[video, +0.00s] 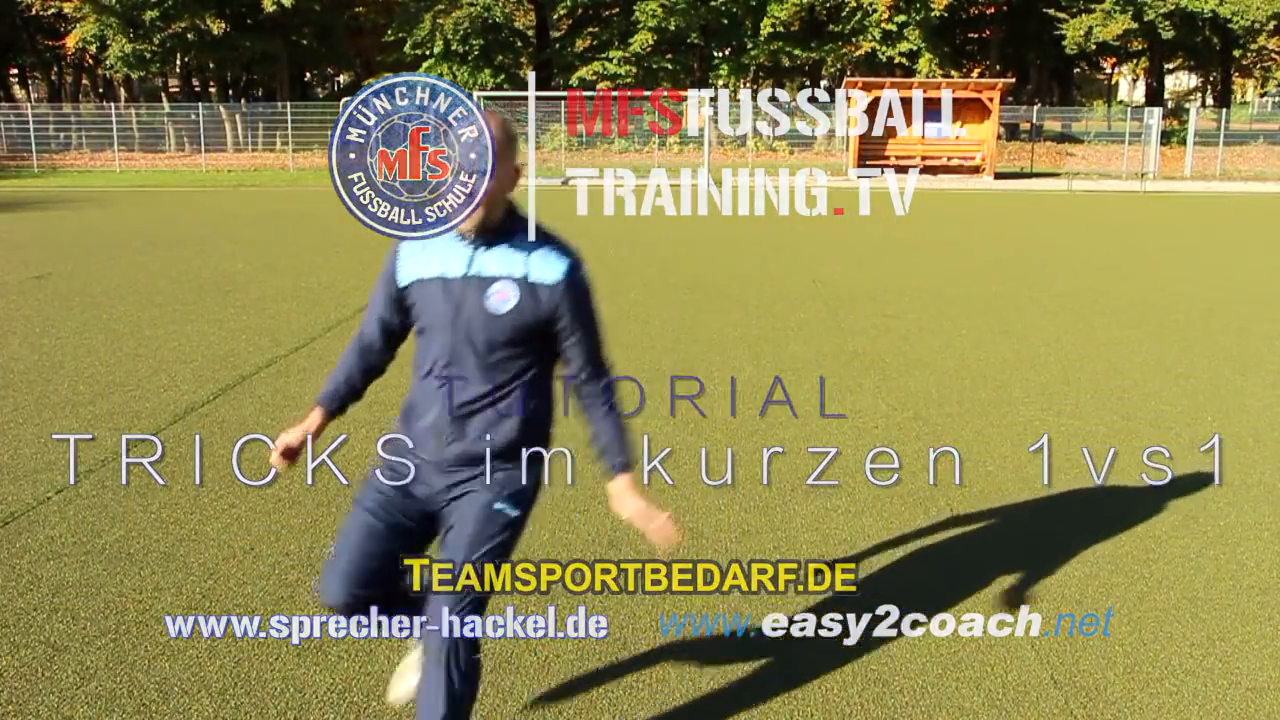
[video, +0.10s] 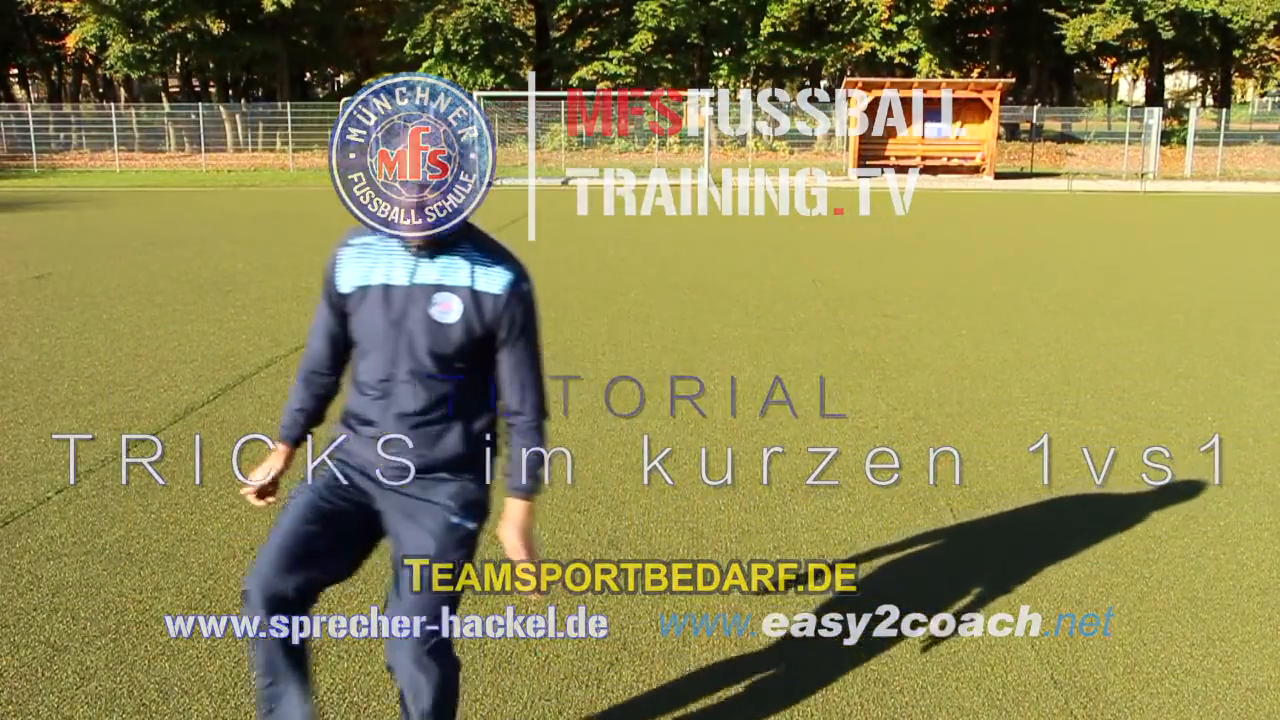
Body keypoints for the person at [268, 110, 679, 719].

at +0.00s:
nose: (472, 183)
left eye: (487, 168)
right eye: (461, 167)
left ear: (514, 175)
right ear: (444, 171)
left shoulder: (551, 267)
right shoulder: (415, 253)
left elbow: (591, 380)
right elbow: (371, 342)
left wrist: (621, 479)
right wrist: (317, 415)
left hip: (495, 473)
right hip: (411, 460)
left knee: (450, 620)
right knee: (345, 590)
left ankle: (439, 712)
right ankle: (441, 620)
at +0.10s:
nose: (412, 200)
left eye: (428, 185)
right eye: (399, 185)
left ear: (456, 186)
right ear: (378, 185)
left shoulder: (499, 281)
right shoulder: (353, 258)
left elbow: (524, 406)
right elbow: (319, 366)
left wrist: (519, 508)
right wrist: (282, 450)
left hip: (443, 486)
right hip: (353, 469)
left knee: (413, 639)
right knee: (268, 591)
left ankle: (431, 712)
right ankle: (286, 713)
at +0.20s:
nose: (386, 162)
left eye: (402, 148)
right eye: (373, 147)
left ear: (424, 156)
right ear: (349, 150)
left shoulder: (448, 250)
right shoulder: (296, 227)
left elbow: (477, 364)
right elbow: (262, 339)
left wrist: (439, 466)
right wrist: (233, 429)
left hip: (384, 462)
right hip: (286, 442)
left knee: (399, 627)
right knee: (211, 570)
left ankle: (420, 714)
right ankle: (222, 713)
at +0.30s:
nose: (335, 136)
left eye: (351, 122)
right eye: (322, 119)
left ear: (370, 127)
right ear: (295, 115)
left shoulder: (390, 214)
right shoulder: (231, 194)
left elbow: (416, 323)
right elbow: (183, 306)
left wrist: (395, 415)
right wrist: (156, 410)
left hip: (338, 434)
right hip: (232, 421)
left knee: (379, 605)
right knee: (168, 585)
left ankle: (400, 716)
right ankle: (184, 679)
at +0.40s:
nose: (299, 140)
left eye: (314, 125)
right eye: (283, 122)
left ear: (332, 127)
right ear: (248, 117)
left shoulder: (340, 219)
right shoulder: (173, 199)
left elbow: (351, 332)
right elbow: (98, 304)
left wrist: (358, 431)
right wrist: (58, 422)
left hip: (292, 447)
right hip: (184, 444)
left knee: (356, 623)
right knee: (136, 624)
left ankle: (371, 717)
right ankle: (86, 714)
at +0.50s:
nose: (264, 186)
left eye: (275, 170)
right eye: (249, 168)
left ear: (285, 170)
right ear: (205, 160)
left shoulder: (281, 262)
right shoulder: (123, 246)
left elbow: (295, 378)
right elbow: (24, 348)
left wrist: (321, 467)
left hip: (244, 495)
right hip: (138, 499)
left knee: (334, 621)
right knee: (89, 685)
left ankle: (314, 699)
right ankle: (48, 711)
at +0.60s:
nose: (254, 203)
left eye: (262, 189)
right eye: (239, 188)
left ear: (269, 186)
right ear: (191, 176)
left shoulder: (255, 274)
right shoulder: (107, 262)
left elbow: (258, 393)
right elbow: (14, 376)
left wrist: (261, 488)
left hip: (224, 502)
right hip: (127, 507)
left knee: (292, 621)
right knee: (96, 694)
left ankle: (252, 688)